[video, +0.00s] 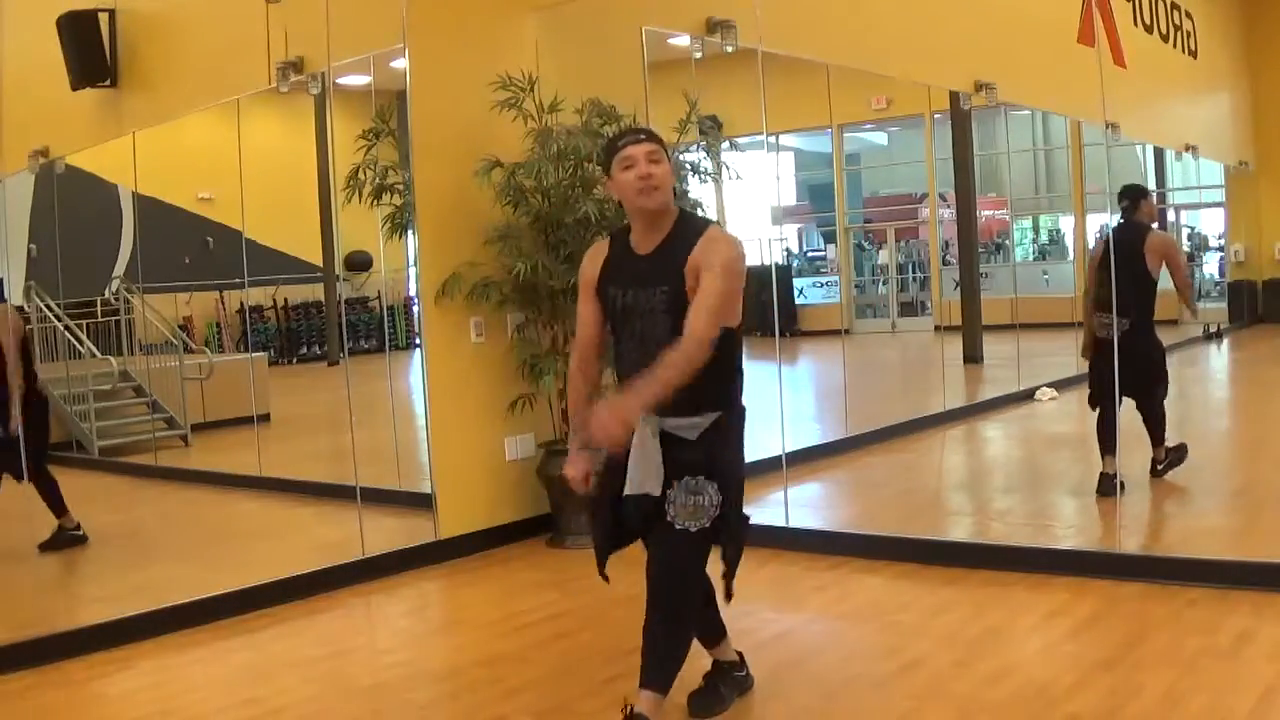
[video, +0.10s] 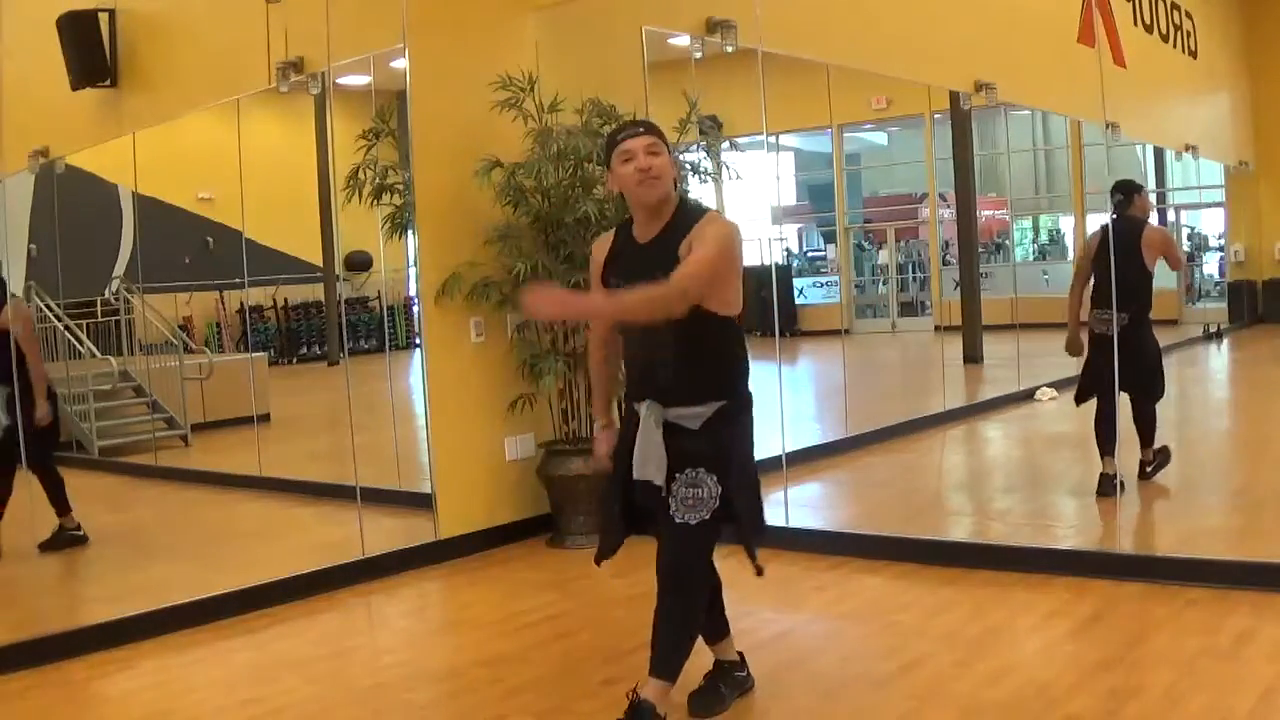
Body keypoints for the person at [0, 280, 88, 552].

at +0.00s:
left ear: (1, 291)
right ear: (4, 290)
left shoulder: (8, 316)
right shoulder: (8, 315)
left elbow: (14, 366)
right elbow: (14, 366)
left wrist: (15, 410)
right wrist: (16, 408)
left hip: (26, 403)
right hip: (25, 403)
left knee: (34, 465)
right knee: (34, 466)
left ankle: (69, 524)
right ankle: (68, 524)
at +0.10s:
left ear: (3, 287)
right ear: (5, 286)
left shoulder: (14, 311)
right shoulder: (11, 312)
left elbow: (34, 359)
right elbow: (32, 360)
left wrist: (41, 400)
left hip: (29, 395)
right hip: (16, 396)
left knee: (40, 460)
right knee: (40, 461)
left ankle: (69, 524)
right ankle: (68, 524)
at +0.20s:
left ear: (4, 279)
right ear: (7, 278)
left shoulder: (17, 306)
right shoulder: (14, 308)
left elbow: (45, 350)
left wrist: (60, 395)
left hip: (35, 400)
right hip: (19, 401)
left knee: (47, 458)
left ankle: (70, 526)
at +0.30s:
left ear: (4, 280)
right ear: (8, 278)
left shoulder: (24, 306)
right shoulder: (13, 309)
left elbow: (51, 349)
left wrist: (66, 392)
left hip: (43, 397)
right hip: (25, 399)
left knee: (50, 457)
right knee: (13, 457)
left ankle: (71, 525)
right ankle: (11, 530)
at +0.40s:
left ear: (5, 279)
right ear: (8, 277)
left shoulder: (29, 306)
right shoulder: (14, 308)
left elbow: (55, 352)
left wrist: (63, 395)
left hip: (42, 399)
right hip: (23, 400)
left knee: (53, 459)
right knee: (14, 461)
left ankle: (71, 525)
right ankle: (11, 530)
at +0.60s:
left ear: (4, 274)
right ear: (6, 273)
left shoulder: (28, 306)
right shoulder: (9, 309)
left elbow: (56, 353)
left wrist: (61, 400)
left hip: (38, 397)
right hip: (10, 399)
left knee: (53, 458)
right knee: (3, 461)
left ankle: (71, 525)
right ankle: (7, 525)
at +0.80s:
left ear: (3, 289)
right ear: (5, 289)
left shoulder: (15, 310)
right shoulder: (12, 311)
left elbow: (39, 352)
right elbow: (39, 352)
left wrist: (51, 397)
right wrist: (50, 396)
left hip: (29, 402)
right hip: (19, 402)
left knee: (45, 458)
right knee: (44, 458)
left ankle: (70, 524)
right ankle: (69, 524)